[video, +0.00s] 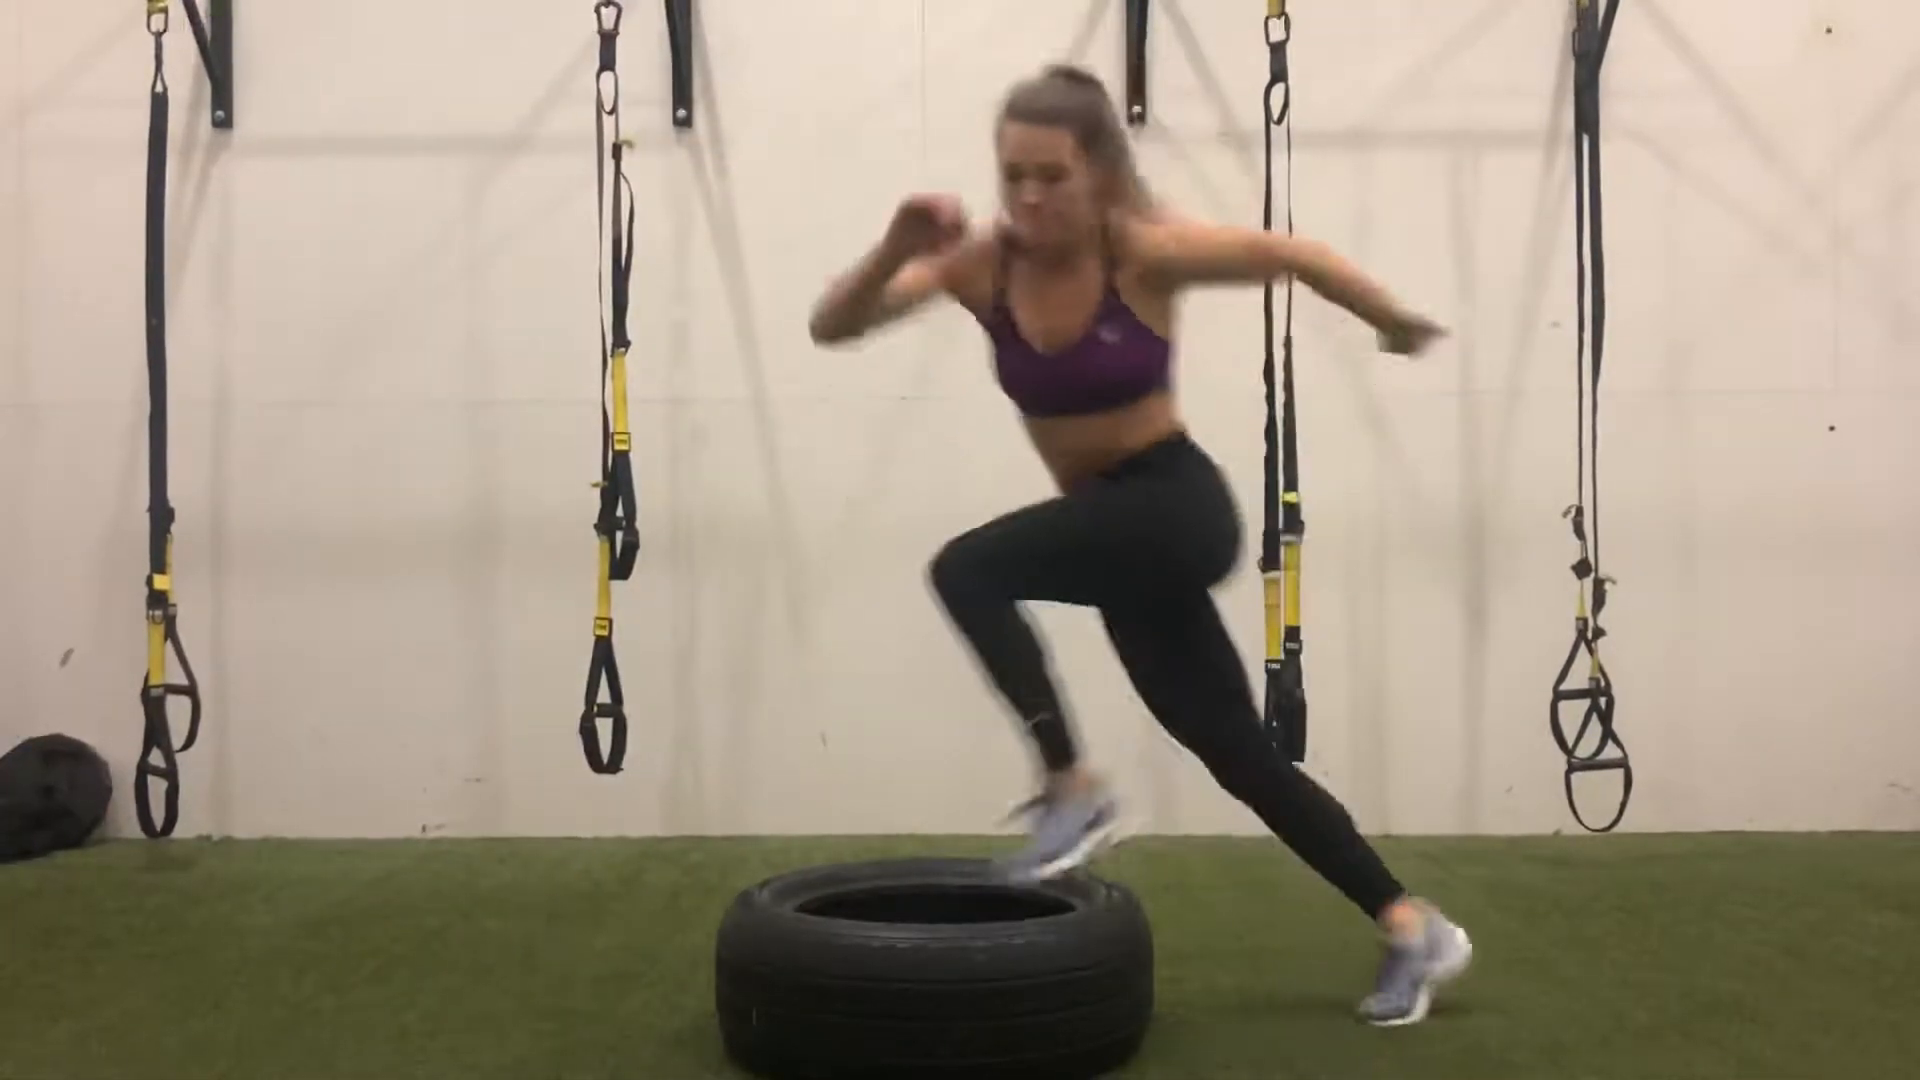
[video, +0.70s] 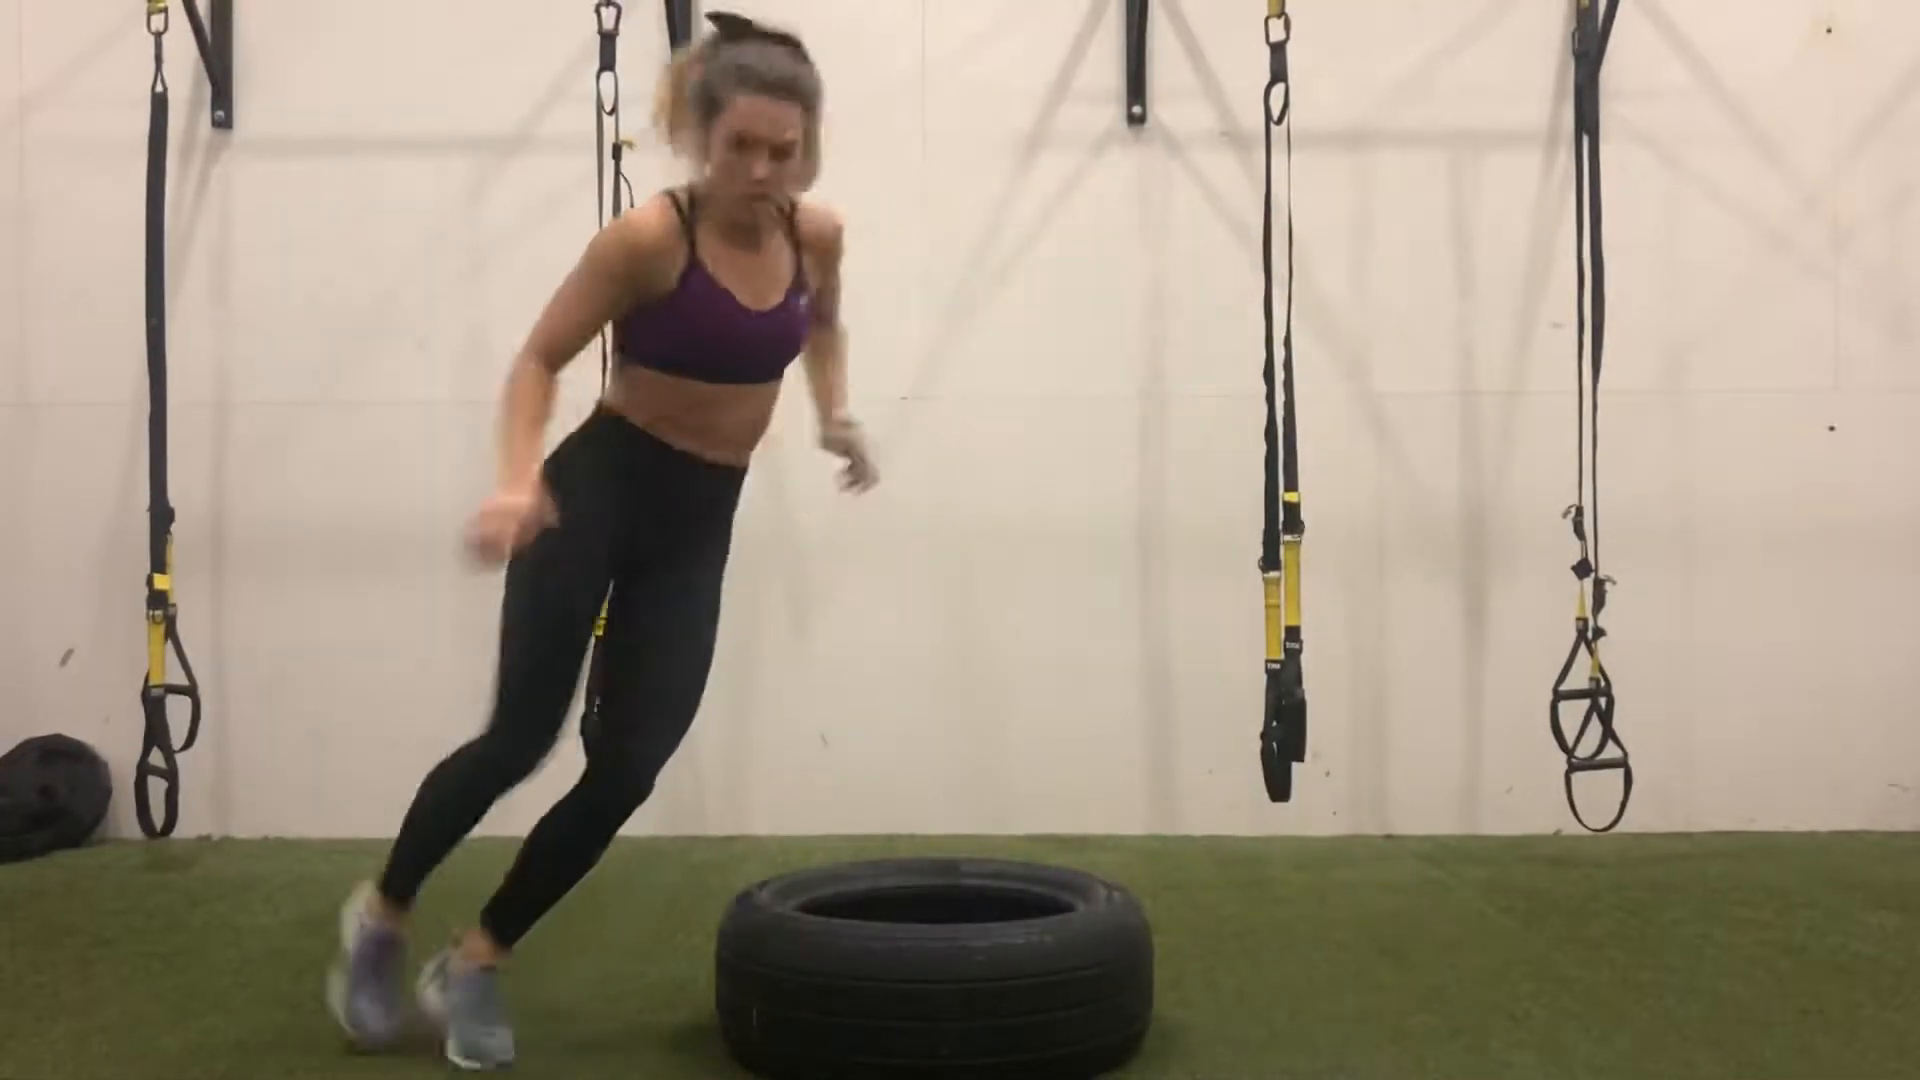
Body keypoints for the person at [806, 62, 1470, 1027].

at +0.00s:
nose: (1028, 197)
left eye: (1050, 175)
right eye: (1013, 175)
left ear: (1102, 175)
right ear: (998, 174)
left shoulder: (1146, 252)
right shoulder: (982, 263)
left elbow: (1301, 255)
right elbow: (830, 329)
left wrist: (1397, 322)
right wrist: (887, 256)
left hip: (1177, 506)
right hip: (1106, 524)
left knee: (969, 569)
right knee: (1240, 756)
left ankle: (1070, 789)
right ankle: (1414, 928)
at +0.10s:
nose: (982, 139)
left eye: (1006, 118)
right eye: (969, 116)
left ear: (1054, 119)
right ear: (950, 112)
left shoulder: (1094, 207)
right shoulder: (918, 198)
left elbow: (1213, 244)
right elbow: (834, 330)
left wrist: (1296, 321)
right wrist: (893, 242)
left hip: (1095, 483)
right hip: (1036, 495)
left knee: (914, 654)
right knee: (1138, 730)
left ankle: (988, 882)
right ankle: (1332, 843)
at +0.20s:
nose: (923, 128)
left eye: (947, 109)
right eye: (908, 105)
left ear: (990, 107)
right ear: (887, 100)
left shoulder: (1034, 210)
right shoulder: (847, 205)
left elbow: (1125, 297)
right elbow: (844, 380)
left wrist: (1196, 362)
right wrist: (876, 342)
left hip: (999, 498)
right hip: (942, 499)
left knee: (925, 745)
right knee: (936, 724)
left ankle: (993, 948)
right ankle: (1122, 692)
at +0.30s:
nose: (841, 99)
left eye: (865, 82)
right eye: (825, 76)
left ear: (902, 91)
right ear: (800, 77)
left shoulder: (941, 184)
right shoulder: (746, 186)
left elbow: (1082, 264)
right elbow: (721, 295)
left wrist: (1162, 379)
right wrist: (762, 370)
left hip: (920, 467)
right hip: (829, 468)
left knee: (880, 712)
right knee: (701, 655)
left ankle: (975, 924)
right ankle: (850, 755)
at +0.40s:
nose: (799, 109)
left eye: (821, 91)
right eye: (782, 86)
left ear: (853, 95)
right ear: (750, 81)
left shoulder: (891, 185)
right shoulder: (687, 195)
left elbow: (1007, 258)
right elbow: (666, 305)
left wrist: (1048, 315)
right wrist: (708, 391)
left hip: (850, 453)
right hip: (746, 455)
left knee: (775, 650)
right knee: (640, 669)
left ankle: (923, 813)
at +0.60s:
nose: (750, 174)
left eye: (770, 152)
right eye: (729, 150)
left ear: (798, 152)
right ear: (690, 147)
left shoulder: (813, 254)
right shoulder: (636, 249)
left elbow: (775, 348)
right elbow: (562, 393)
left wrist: (777, 444)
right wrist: (628, 436)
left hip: (703, 523)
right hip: (594, 505)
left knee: (659, 734)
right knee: (495, 744)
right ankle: (422, 956)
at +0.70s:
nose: (765, 169)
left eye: (784, 149)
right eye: (745, 147)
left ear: (807, 143)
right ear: (702, 137)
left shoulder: (815, 233)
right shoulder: (647, 238)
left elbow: (822, 326)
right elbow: (539, 358)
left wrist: (835, 417)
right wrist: (517, 480)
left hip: (698, 522)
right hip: (596, 492)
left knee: (628, 773)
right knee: (520, 737)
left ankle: (472, 960)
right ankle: (379, 916)